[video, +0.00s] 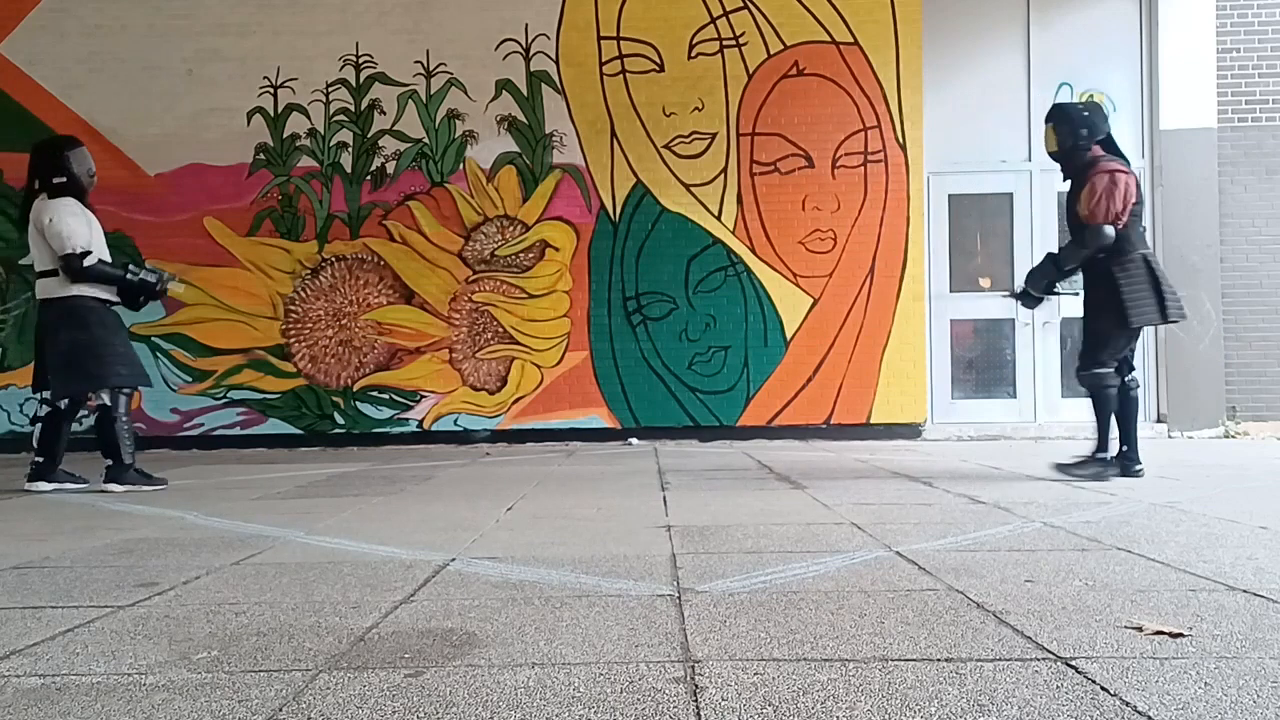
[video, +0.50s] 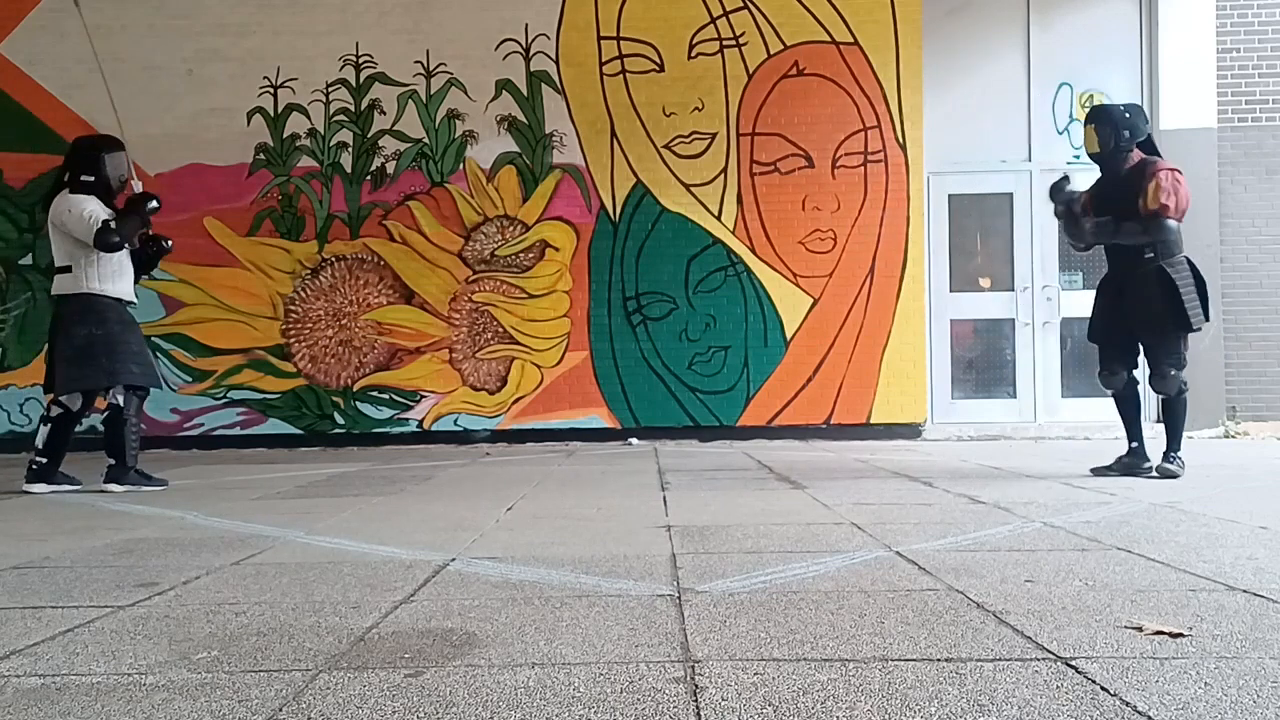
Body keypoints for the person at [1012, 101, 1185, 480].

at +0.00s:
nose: (1052, 146)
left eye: (1057, 137)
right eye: (1051, 137)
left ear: (1080, 136)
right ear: (1086, 136)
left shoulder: (1106, 176)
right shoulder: (1092, 176)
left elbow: (1097, 238)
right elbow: (1086, 242)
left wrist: (1051, 269)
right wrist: (1048, 277)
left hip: (1117, 286)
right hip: (1116, 285)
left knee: (1097, 367)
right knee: (1119, 368)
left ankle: (1103, 454)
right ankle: (1129, 457)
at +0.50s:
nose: (1092, 143)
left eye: (1099, 134)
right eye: (1089, 135)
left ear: (1124, 134)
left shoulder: (1158, 174)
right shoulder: (1102, 187)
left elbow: (1164, 231)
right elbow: (1081, 240)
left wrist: (1104, 230)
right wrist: (1065, 208)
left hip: (1161, 283)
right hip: (1119, 285)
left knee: (1167, 373)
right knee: (1116, 372)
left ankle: (1173, 455)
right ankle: (1137, 453)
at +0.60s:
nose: (1096, 146)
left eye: (1102, 136)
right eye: (1094, 137)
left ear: (1126, 135)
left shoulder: (1161, 176)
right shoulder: (1104, 187)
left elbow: (1171, 235)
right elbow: (1085, 244)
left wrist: (1110, 231)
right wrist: (1078, 207)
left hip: (1162, 282)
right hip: (1121, 283)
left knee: (1167, 373)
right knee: (1123, 374)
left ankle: (1173, 455)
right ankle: (1140, 454)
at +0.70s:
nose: (1097, 146)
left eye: (1103, 137)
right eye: (1095, 138)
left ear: (1128, 135)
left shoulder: (1163, 176)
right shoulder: (1106, 187)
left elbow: (1169, 233)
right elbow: (1084, 243)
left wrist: (1107, 230)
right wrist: (1080, 206)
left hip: (1163, 281)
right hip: (1123, 283)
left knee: (1168, 373)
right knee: (1123, 373)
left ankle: (1173, 455)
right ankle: (1140, 454)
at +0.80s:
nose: (1100, 145)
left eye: (1107, 136)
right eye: (1099, 136)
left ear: (1132, 136)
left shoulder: (1167, 177)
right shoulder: (1111, 185)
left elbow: (1165, 230)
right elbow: (1083, 235)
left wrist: (1099, 232)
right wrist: (1073, 206)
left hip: (1165, 284)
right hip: (1123, 284)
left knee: (1168, 373)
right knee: (1123, 374)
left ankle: (1173, 454)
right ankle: (1140, 454)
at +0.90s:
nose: (1107, 143)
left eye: (1114, 134)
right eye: (1106, 134)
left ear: (1139, 134)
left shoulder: (1171, 178)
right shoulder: (1111, 187)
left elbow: (1158, 230)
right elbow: (1082, 225)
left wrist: (1092, 239)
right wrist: (1063, 210)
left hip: (1164, 285)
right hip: (1123, 284)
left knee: (1168, 373)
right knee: (1121, 373)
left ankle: (1173, 456)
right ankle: (1140, 454)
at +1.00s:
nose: (1111, 139)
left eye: (1119, 130)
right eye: (1110, 131)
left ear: (1144, 133)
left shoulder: (1173, 179)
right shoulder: (1112, 189)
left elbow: (1150, 229)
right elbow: (1088, 229)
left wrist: (1087, 248)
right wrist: (1057, 221)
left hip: (1165, 283)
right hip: (1122, 284)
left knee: (1168, 375)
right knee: (1115, 371)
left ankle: (1173, 455)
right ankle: (1139, 454)